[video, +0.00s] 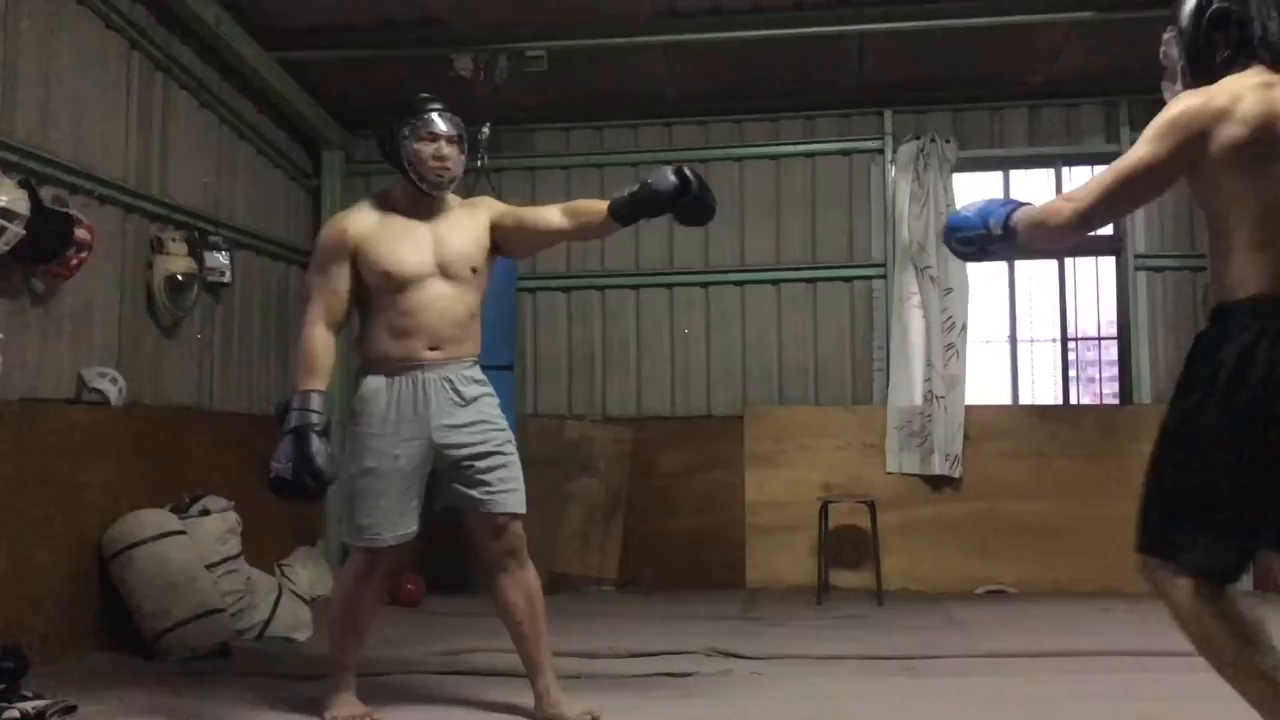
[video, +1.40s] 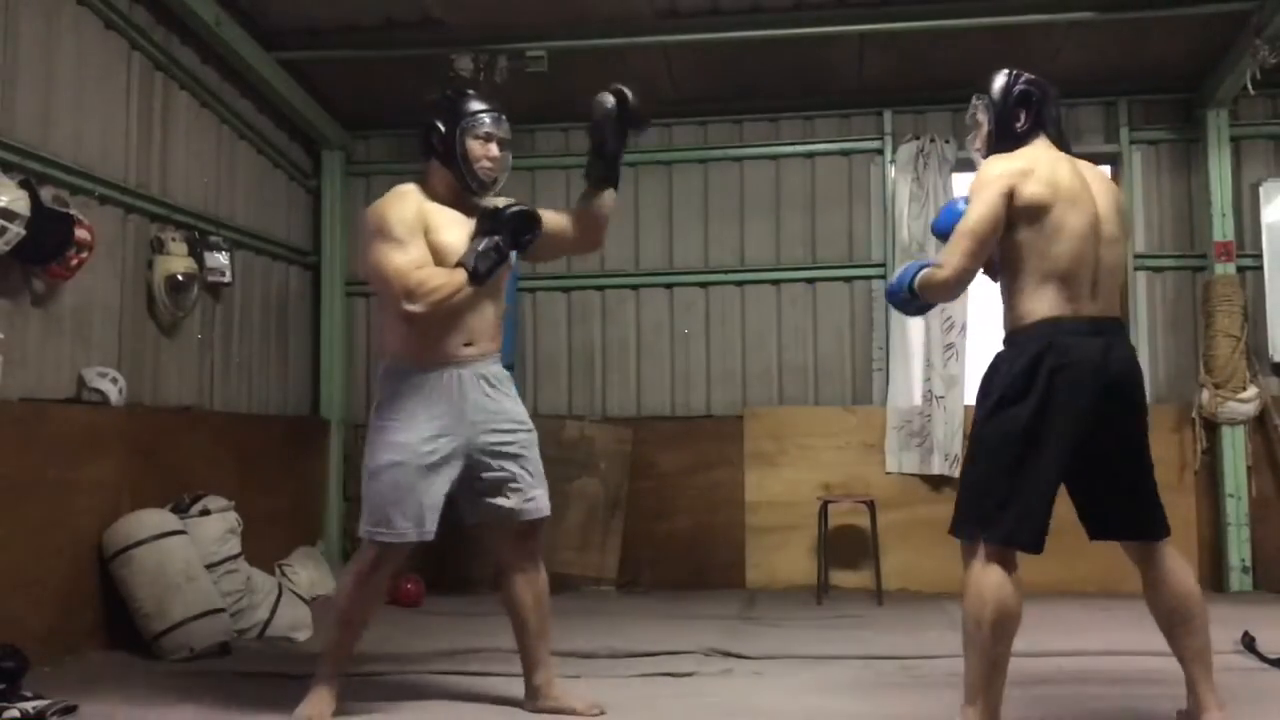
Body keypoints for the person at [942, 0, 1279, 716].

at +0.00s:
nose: (1170, 82)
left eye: (1174, 67)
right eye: (1168, 70)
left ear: (1202, 53)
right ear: (1257, 43)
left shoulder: (1207, 109)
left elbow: (1072, 218)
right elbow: (1082, 218)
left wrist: (1003, 223)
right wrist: (1014, 230)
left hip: (1250, 342)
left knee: (1175, 562)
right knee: (1273, 563)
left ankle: (1273, 699)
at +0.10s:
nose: (1134, 96)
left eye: (1137, 84)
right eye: (1132, 86)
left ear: (1163, 74)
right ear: (1224, 67)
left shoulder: (1162, 125)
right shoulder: (1276, 122)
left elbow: (1014, 203)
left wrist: (946, 189)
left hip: (1208, 357)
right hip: (1279, 357)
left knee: (1089, 540)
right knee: (1275, 568)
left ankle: (1201, 710)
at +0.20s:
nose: (1082, 97)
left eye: (1086, 85)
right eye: (1082, 85)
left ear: (1115, 79)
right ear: (1171, 74)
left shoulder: (1107, 123)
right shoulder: (1261, 135)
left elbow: (953, 178)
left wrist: (897, 159)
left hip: (1153, 350)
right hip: (1257, 353)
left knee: (1063, 533)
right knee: (1265, 561)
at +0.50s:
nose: (1009, 128)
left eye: (1010, 118)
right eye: (1006, 120)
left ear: (1037, 107)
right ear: (1082, 107)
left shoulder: (1020, 150)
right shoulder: (1160, 173)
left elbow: (898, 230)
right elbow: (1206, 291)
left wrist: (814, 236)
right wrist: (1127, 310)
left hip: (1051, 364)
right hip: (1144, 368)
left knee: (992, 557)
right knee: (1158, 536)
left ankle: (1013, 715)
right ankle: (1216, 692)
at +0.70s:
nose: (1006, 141)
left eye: (1008, 129)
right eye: (1004, 130)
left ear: (1037, 119)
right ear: (1078, 119)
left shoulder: (1027, 163)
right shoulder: (1152, 184)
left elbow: (951, 264)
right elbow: (1196, 297)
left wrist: (878, 331)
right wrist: (1117, 318)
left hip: (1061, 364)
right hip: (1144, 367)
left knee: (998, 558)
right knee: (1158, 537)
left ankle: (1016, 713)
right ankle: (1207, 693)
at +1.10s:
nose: (999, 140)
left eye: (1004, 123)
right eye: (999, 125)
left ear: (1036, 119)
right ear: (1071, 120)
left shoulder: (1062, 160)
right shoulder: (1124, 180)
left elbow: (1056, 239)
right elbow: (1141, 300)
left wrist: (963, 280)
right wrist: (1042, 309)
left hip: (1079, 373)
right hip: (1143, 372)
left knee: (1010, 533)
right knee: (1159, 539)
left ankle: (985, 705)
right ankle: (1218, 695)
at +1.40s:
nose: (976, 134)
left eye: (979, 122)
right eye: (975, 122)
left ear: (1003, 121)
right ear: (1042, 119)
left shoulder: (1002, 170)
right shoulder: (1101, 177)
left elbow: (951, 274)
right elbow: (1050, 253)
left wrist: (913, 290)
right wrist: (979, 230)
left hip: (1040, 363)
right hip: (1114, 361)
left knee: (990, 546)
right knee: (1150, 539)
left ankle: (980, 709)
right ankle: (1206, 701)